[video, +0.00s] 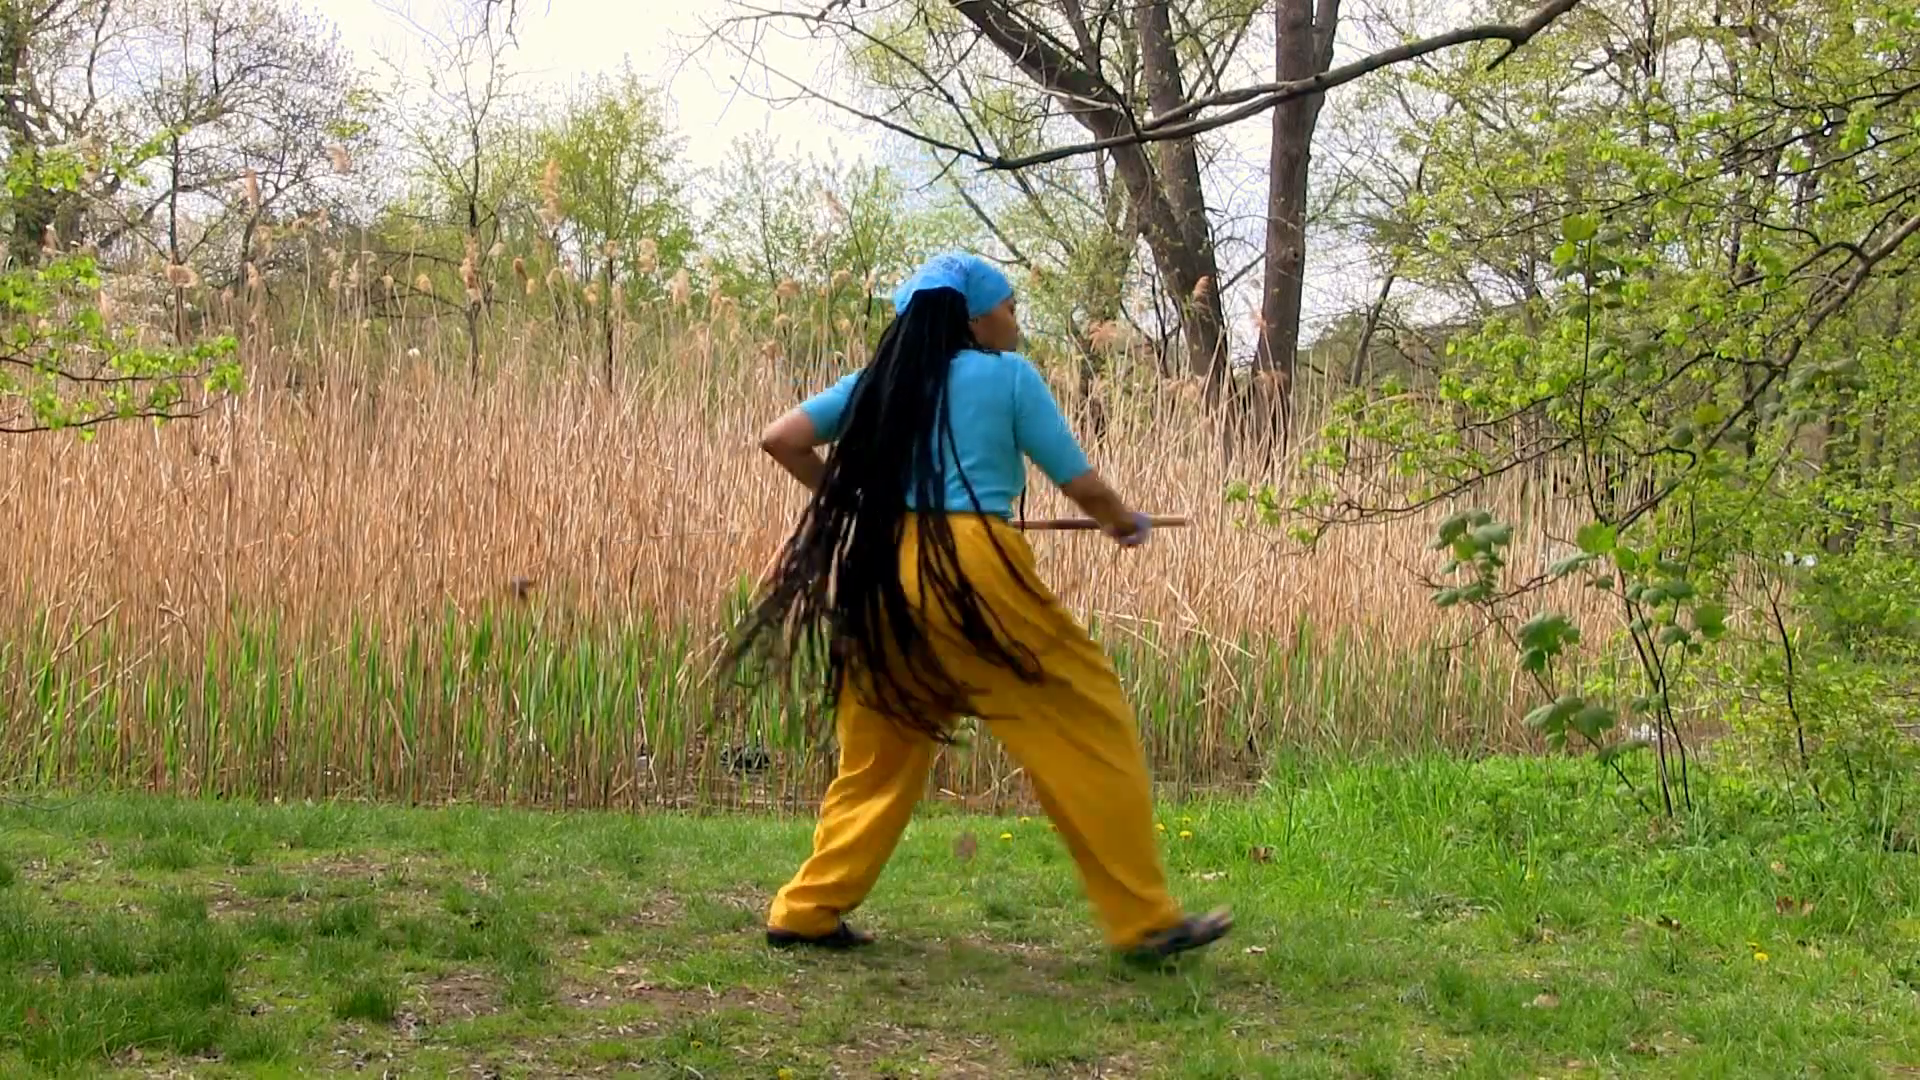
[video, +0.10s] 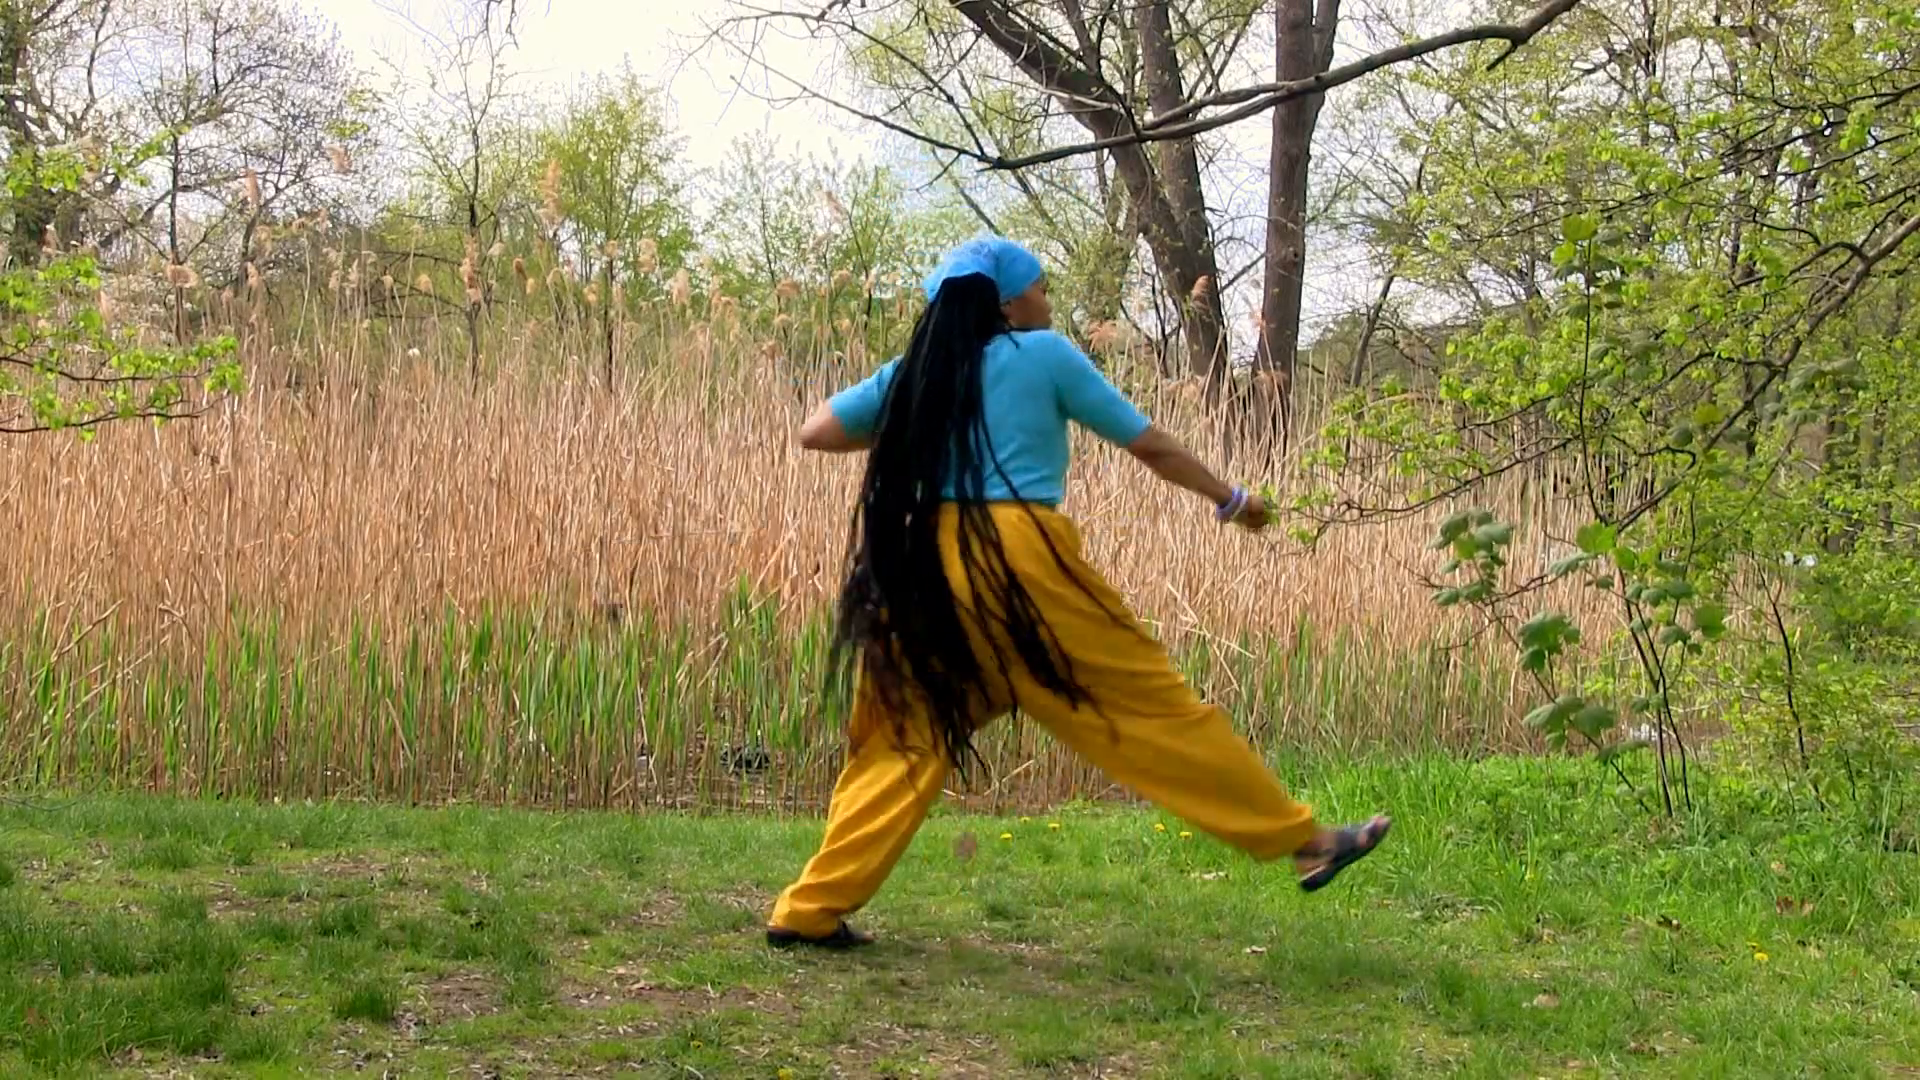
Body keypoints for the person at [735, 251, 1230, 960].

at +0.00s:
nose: (1017, 318)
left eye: (1012, 305)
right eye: (1007, 307)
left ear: (937, 318)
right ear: (973, 316)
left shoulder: (886, 376)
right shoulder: (1008, 374)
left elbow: (784, 438)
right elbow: (1080, 484)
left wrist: (846, 492)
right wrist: (1123, 521)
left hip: (882, 567)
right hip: (978, 567)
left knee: (877, 751)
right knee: (1090, 720)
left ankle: (809, 908)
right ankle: (1144, 920)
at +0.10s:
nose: (1047, 300)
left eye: (1041, 288)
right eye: (1038, 290)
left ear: (969, 301)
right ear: (1006, 298)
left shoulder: (917, 368)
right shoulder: (1043, 354)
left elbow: (821, 432)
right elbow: (1146, 442)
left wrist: (883, 417)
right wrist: (1229, 494)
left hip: (922, 557)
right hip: (1021, 554)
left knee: (898, 738)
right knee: (1152, 704)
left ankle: (810, 909)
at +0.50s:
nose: (1276, 289)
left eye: (1271, 278)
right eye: (1266, 279)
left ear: (1190, 304)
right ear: (1236, 301)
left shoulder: (1168, 371)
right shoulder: (1276, 362)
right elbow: (1361, 355)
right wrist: (1370, 278)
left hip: (1182, 567)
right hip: (1280, 568)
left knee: (1172, 750)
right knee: (1354, 749)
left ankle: (1101, 901)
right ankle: (1367, 941)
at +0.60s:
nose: (1322, 282)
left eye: (1318, 268)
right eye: (1312, 271)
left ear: (1240, 293)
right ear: (1276, 289)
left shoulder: (1220, 360)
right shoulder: (1313, 351)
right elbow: (1418, 353)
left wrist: (1396, 290)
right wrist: (1419, 276)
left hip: (1234, 557)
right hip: (1322, 557)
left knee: (1234, 749)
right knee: (1384, 750)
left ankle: (1122, 885)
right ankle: (1371, 945)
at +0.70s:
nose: (1361, 270)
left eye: (1356, 257)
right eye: (1351, 260)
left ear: (1295, 286)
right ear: (1317, 281)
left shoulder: (1281, 353)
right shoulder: (1337, 351)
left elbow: (1372, 416)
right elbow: (1453, 393)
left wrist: (1391, 345)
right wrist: (1498, 333)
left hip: (1291, 543)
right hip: (1353, 542)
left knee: (1321, 743)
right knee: (1405, 738)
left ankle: (1178, 829)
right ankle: (1375, 945)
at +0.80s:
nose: (1398, 270)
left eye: (1394, 258)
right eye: (1387, 260)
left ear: (1337, 280)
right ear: (1353, 278)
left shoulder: (1312, 342)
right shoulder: (1362, 355)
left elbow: (1440, 318)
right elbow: (1427, 475)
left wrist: (1471, 292)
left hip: (1312, 541)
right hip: (1363, 543)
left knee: (1419, 709)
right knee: (1420, 728)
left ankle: (1292, 794)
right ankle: (1377, 945)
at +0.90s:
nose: (1440, 269)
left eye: (1434, 256)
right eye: (1426, 259)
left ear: (1394, 279)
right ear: (1389, 281)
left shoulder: (1406, 323)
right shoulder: (1352, 365)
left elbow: (1516, 282)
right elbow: (1348, 491)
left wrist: (1634, 234)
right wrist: (1428, 572)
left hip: (1410, 542)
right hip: (1364, 554)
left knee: (1495, 669)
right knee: (1422, 723)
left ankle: (1417, 844)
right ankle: (1372, 939)